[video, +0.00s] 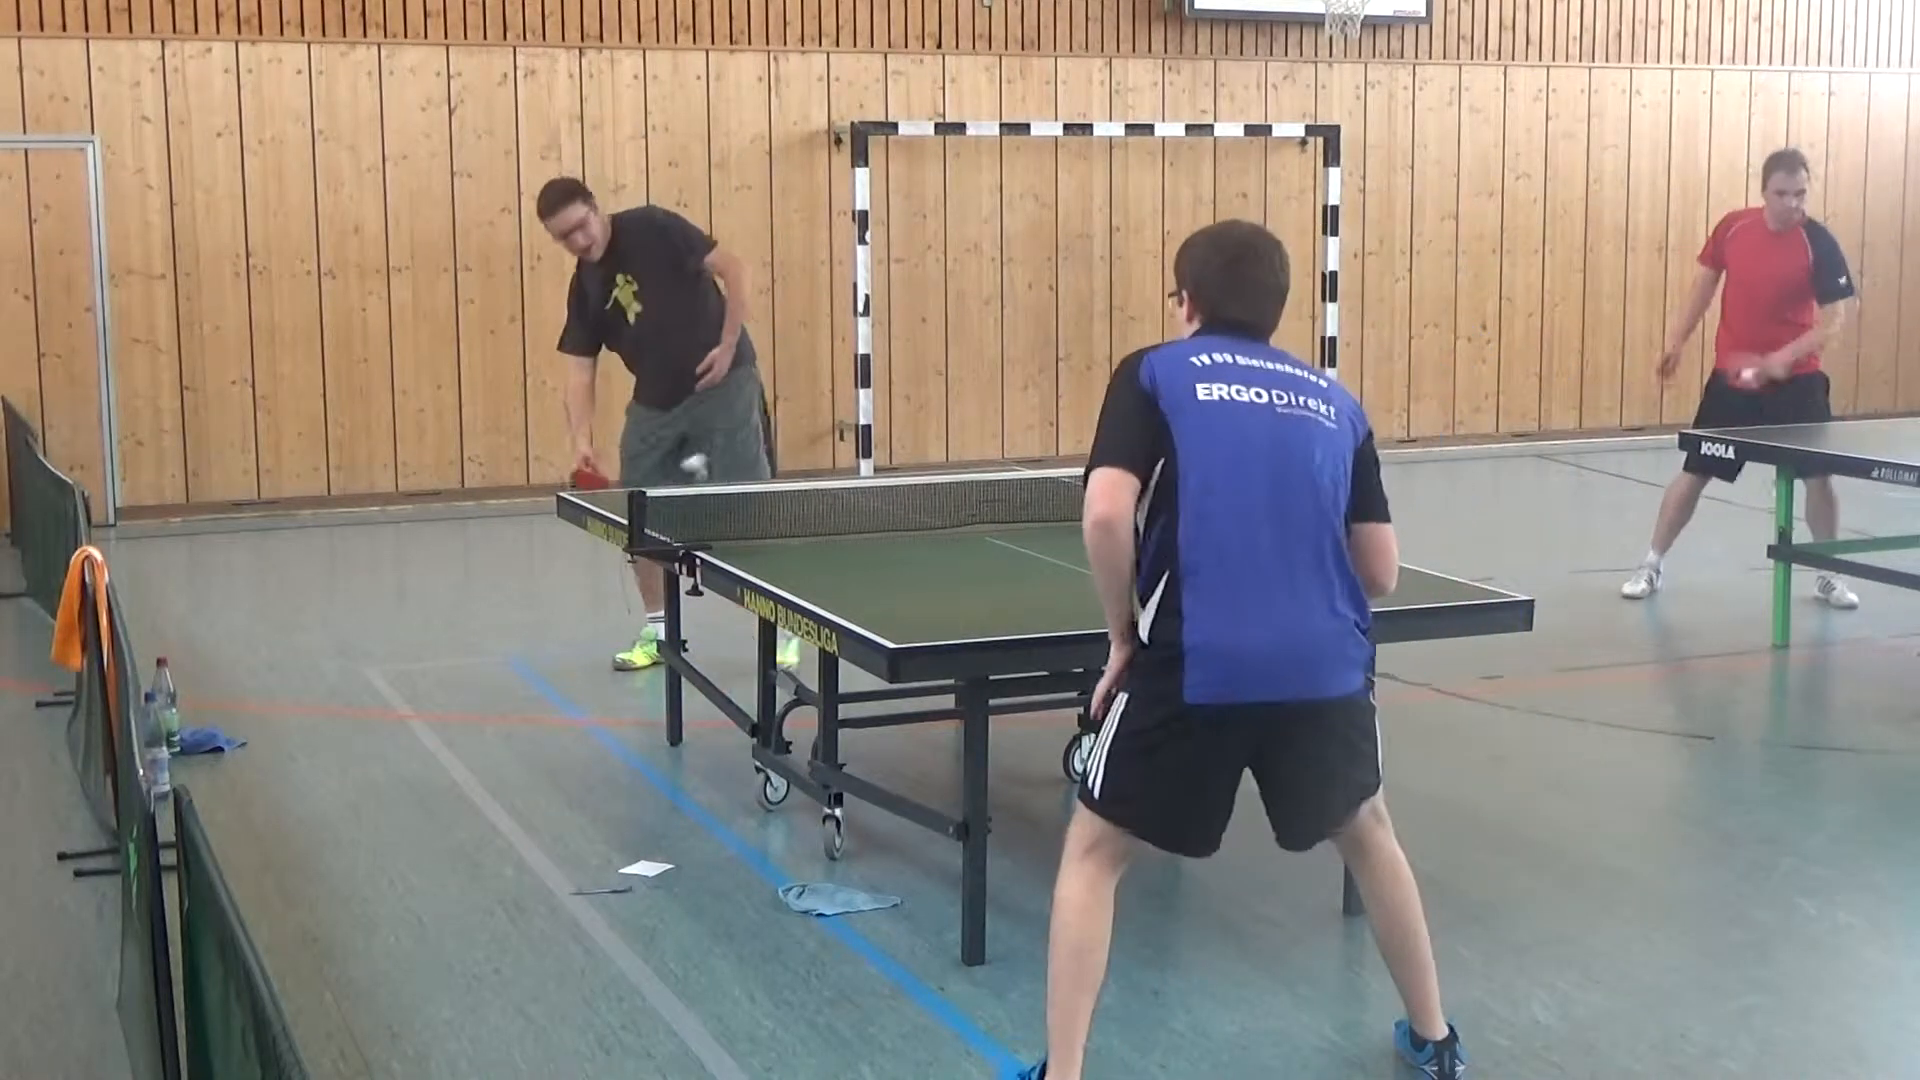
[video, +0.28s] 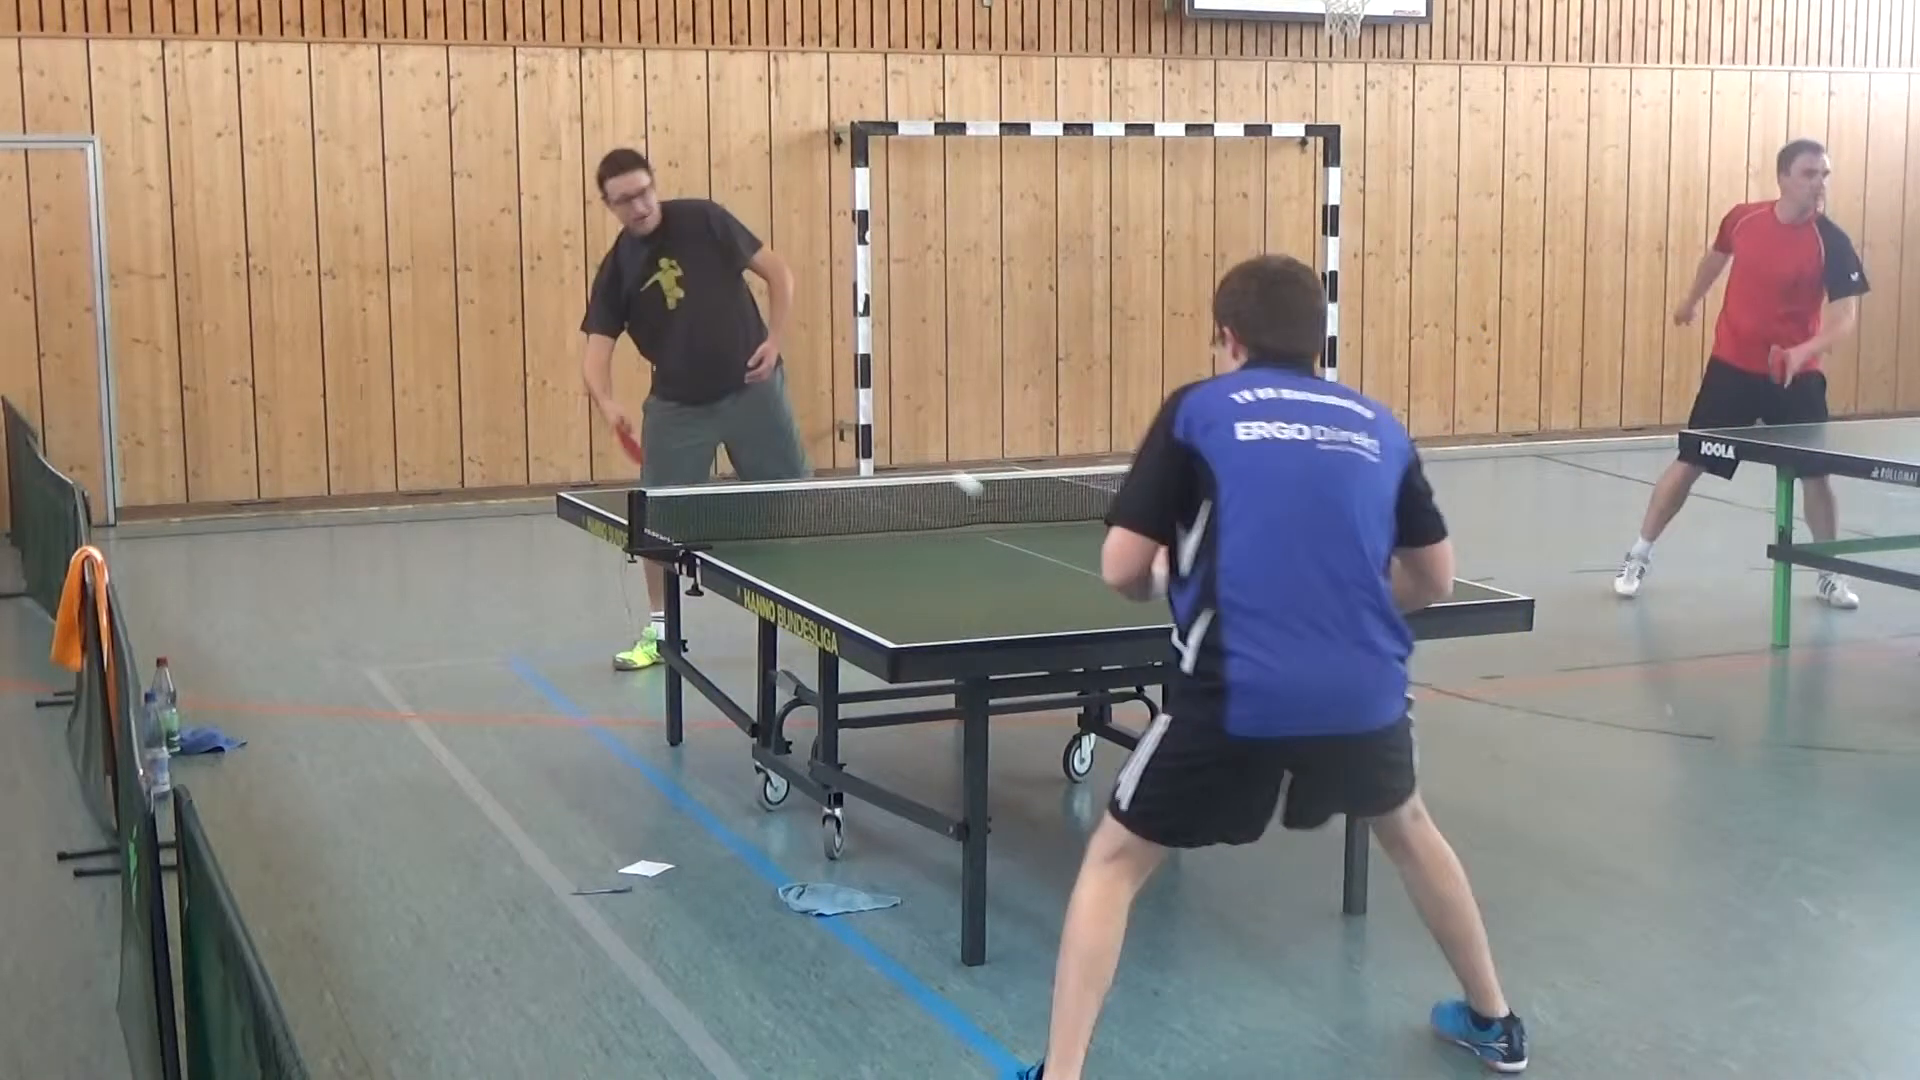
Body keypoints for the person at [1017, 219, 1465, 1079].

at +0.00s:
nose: (1170, 309)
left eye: (1174, 298)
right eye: (1172, 297)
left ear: (1189, 305)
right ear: (1277, 312)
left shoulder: (1153, 373)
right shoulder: (1338, 401)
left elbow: (1107, 510)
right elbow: (1380, 573)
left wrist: (1123, 635)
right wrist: (1312, 577)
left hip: (1193, 671)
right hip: (1323, 673)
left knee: (1094, 857)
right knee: (1369, 834)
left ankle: (1061, 1070)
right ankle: (1434, 1039)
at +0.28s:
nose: (1212, 352)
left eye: (1214, 340)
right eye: (1213, 340)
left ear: (1232, 344)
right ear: (1317, 347)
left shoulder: (1199, 408)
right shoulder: (1380, 424)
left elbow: (1122, 567)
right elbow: (1431, 576)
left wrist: (1180, 561)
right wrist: (1349, 595)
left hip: (1236, 702)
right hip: (1365, 705)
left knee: (1114, 864)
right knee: (1409, 825)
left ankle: (1059, 1069)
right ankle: (1495, 1016)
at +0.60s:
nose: (1313, 374)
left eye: (1311, 356)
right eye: (1309, 357)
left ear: (1340, 348)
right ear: (1398, 337)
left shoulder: (1369, 395)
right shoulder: (1457, 399)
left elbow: (1293, 544)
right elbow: (1431, 527)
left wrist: (1336, 472)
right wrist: (1344, 479)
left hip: (1384, 681)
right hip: (1469, 679)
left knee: (1242, 865)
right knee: (1405, 834)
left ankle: (1135, 1066)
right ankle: (1489, 1018)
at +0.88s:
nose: (1331, 338)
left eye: (1332, 322)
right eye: (1329, 322)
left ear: (1358, 324)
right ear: (1427, 318)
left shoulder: (1376, 397)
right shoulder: (1488, 401)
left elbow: (1310, 558)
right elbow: (1516, 544)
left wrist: (1352, 557)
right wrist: (1384, 549)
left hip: (1408, 691)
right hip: (1492, 689)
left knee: (1288, 896)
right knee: (1423, 845)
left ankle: (1322, 1070)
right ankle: (1502, 1017)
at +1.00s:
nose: (1318, 331)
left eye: (1320, 316)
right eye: (1318, 316)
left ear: (1342, 320)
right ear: (1418, 314)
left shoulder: (1356, 396)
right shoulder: (1485, 404)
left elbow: (1272, 563)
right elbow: (1544, 582)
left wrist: (1283, 559)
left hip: (1404, 696)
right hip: (1497, 691)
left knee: (1272, 898)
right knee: (1441, 848)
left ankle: (1315, 1068)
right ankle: (1504, 1018)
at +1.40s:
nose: (1292, 309)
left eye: (1292, 293)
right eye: (1291, 292)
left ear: (1312, 297)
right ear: (1392, 288)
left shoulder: (1315, 372)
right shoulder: (1478, 382)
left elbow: (1302, 521)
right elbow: (1539, 539)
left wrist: (1261, 582)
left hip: (1387, 682)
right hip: (1505, 682)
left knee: (1254, 889)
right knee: (1502, 873)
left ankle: (1258, 1071)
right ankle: (1567, 1070)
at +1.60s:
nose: (1220, 350)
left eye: (1225, 330)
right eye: (1220, 331)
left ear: (1263, 332)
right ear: (1296, 325)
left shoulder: (1313, 411)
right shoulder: (1361, 401)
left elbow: (1275, 598)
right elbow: (1165, 517)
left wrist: (1246, 496)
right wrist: (999, 540)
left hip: (1355, 738)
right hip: (1451, 726)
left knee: (1173, 914)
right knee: (1450, 892)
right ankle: (1552, 1069)